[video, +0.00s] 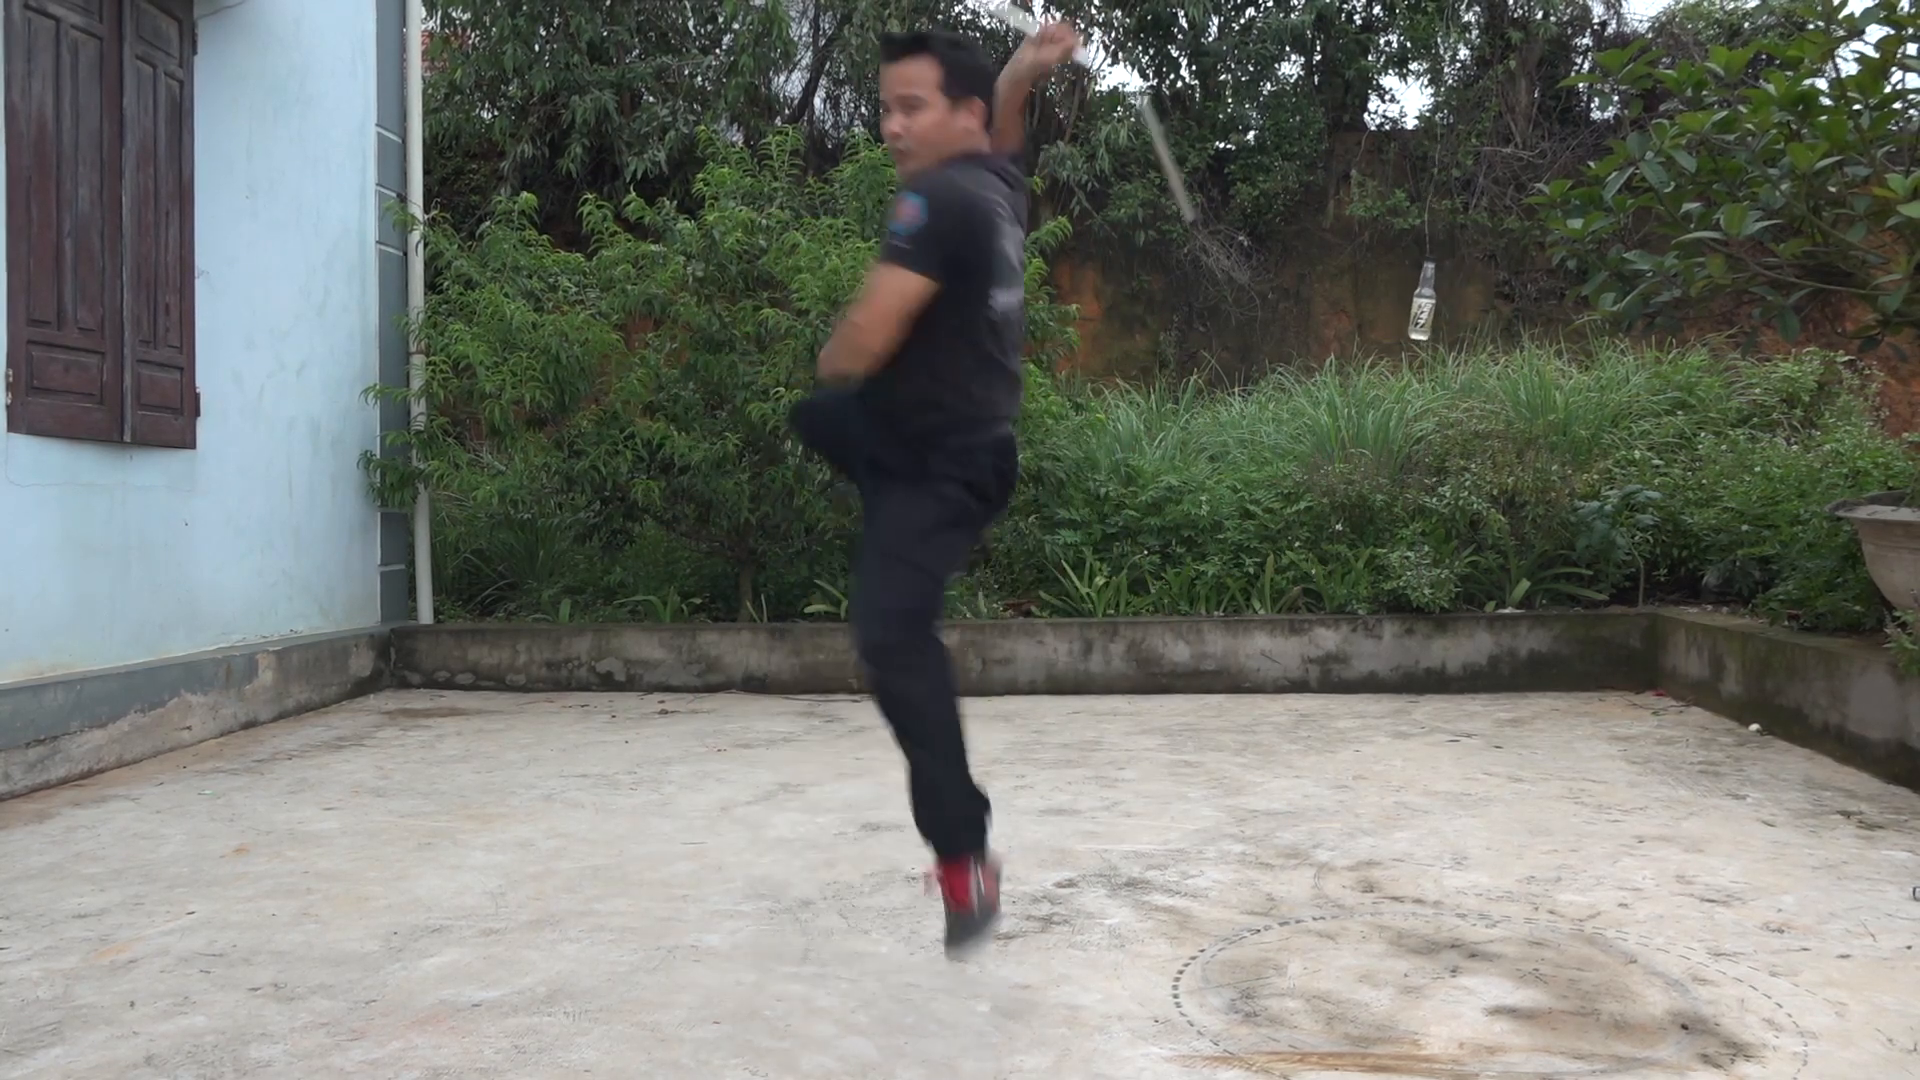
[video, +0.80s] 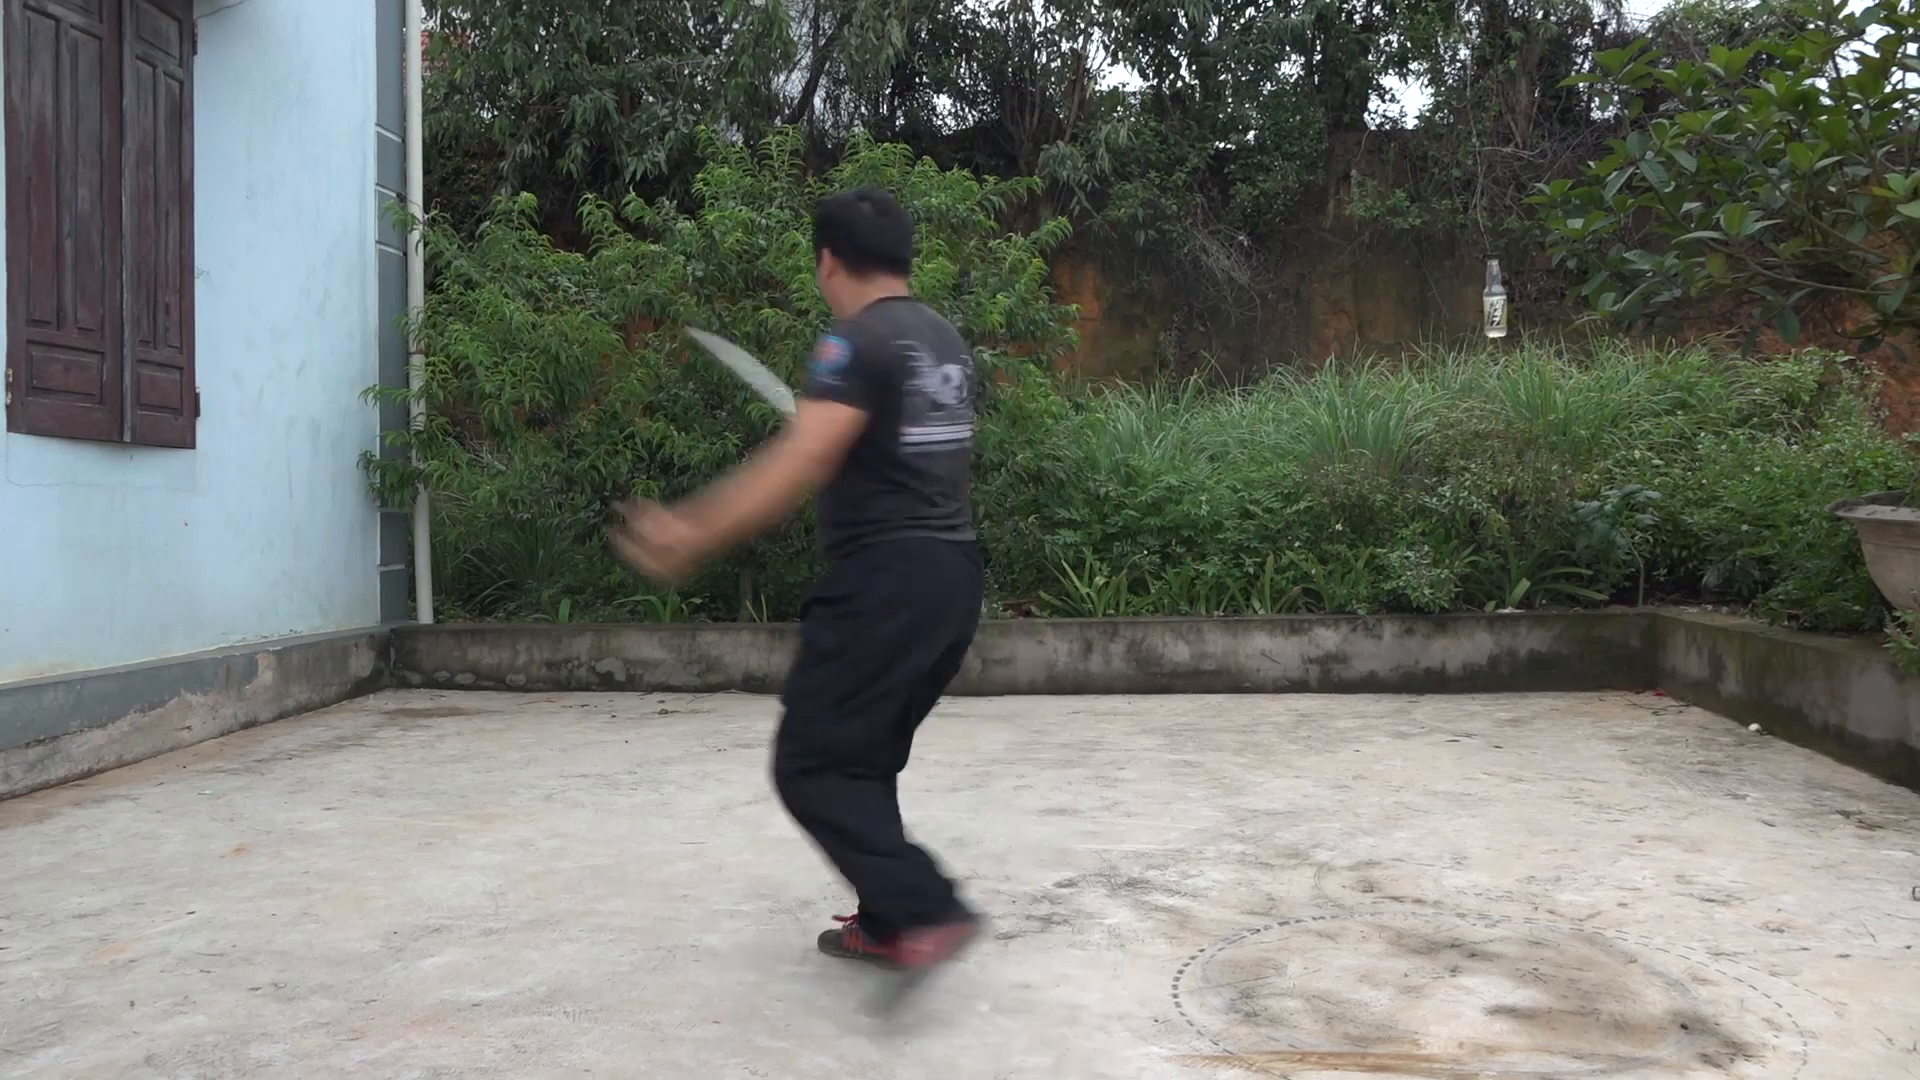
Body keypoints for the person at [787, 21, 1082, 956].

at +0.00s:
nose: (891, 123)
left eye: (909, 106)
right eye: (888, 107)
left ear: (969, 115)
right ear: (961, 122)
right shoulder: (989, 181)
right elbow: (996, 130)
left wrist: (830, 371)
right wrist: (1030, 61)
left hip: (949, 457)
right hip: (904, 424)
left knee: (892, 635)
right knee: (815, 411)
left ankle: (961, 847)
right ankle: (914, 517)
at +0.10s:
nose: (964, 201)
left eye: (986, 183)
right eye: (951, 184)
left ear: (1032, 196)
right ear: (935, 193)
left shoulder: (1057, 288)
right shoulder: (922, 268)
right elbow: (821, 250)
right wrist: (903, 165)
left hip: (966, 561)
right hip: (871, 522)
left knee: (971, 769)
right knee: (808, 558)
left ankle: (1000, 981)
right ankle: (859, 597)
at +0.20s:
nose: (1000, 287)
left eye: (1022, 271)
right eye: (983, 269)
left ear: (1055, 282)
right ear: (958, 274)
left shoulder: (1074, 358)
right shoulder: (920, 341)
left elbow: (1138, 410)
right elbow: (881, 448)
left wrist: (1034, 371)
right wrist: (891, 388)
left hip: (985, 621)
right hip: (882, 597)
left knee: (964, 794)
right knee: (808, 739)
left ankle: (1001, 982)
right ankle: (799, 816)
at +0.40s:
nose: (984, 330)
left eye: (1003, 315)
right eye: (965, 310)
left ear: (1021, 323)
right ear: (928, 313)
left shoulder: (1018, 370)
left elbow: (1122, 347)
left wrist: (1071, 379)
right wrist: (1080, 522)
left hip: (975, 635)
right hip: (865, 628)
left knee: (1034, 787)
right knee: (811, 779)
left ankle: (1055, 963)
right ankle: (779, 890)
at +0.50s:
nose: (929, 319)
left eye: (951, 304)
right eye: (915, 300)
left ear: (990, 316)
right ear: (898, 304)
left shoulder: (1018, 374)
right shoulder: (867, 365)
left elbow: (1129, 357)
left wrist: (1165, 345)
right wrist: (1023, 427)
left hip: (985, 632)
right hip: (870, 629)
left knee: (1027, 784)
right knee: (797, 778)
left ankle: (1070, 966)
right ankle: (781, 887)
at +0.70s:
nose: (831, 273)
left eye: (837, 257)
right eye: (832, 258)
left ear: (878, 261)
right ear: (884, 262)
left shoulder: (959, 352)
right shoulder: (871, 337)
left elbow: (1013, 480)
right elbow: (792, 347)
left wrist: (1030, 607)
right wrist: (695, 363)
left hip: (945, 600)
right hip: (878, 601)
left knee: (945, 772)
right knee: (830, 755)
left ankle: (1051, 963)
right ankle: (884, 923)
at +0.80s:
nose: (820, 276)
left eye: (821, 262)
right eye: (823, 262)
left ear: (833, 263)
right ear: (900, 263)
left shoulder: (858, 342)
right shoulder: (944, 339)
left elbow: (798, 463)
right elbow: (907, 452)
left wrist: (692, 527)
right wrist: (821, 424)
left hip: (884, 582)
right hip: (949, 578)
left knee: (809, 763)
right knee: (869, 752)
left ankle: (927, 911)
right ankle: (889, 917)